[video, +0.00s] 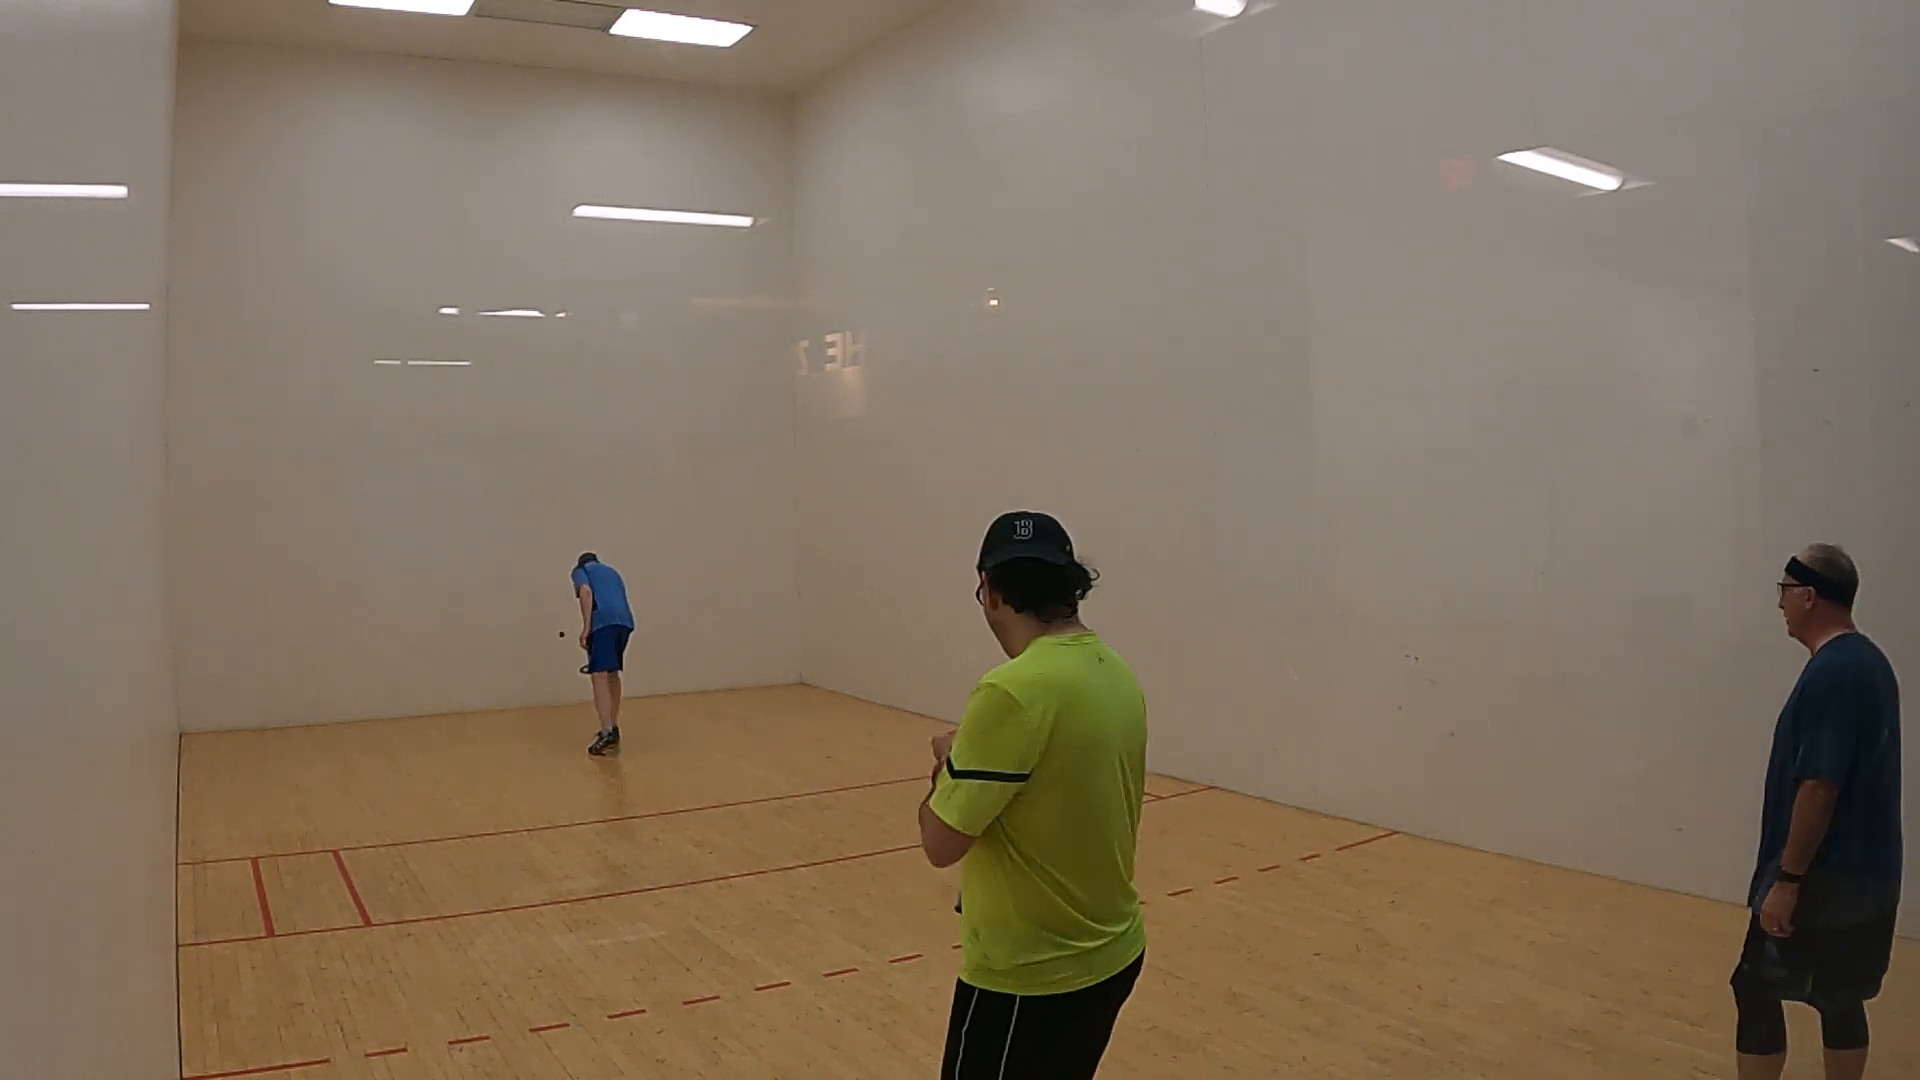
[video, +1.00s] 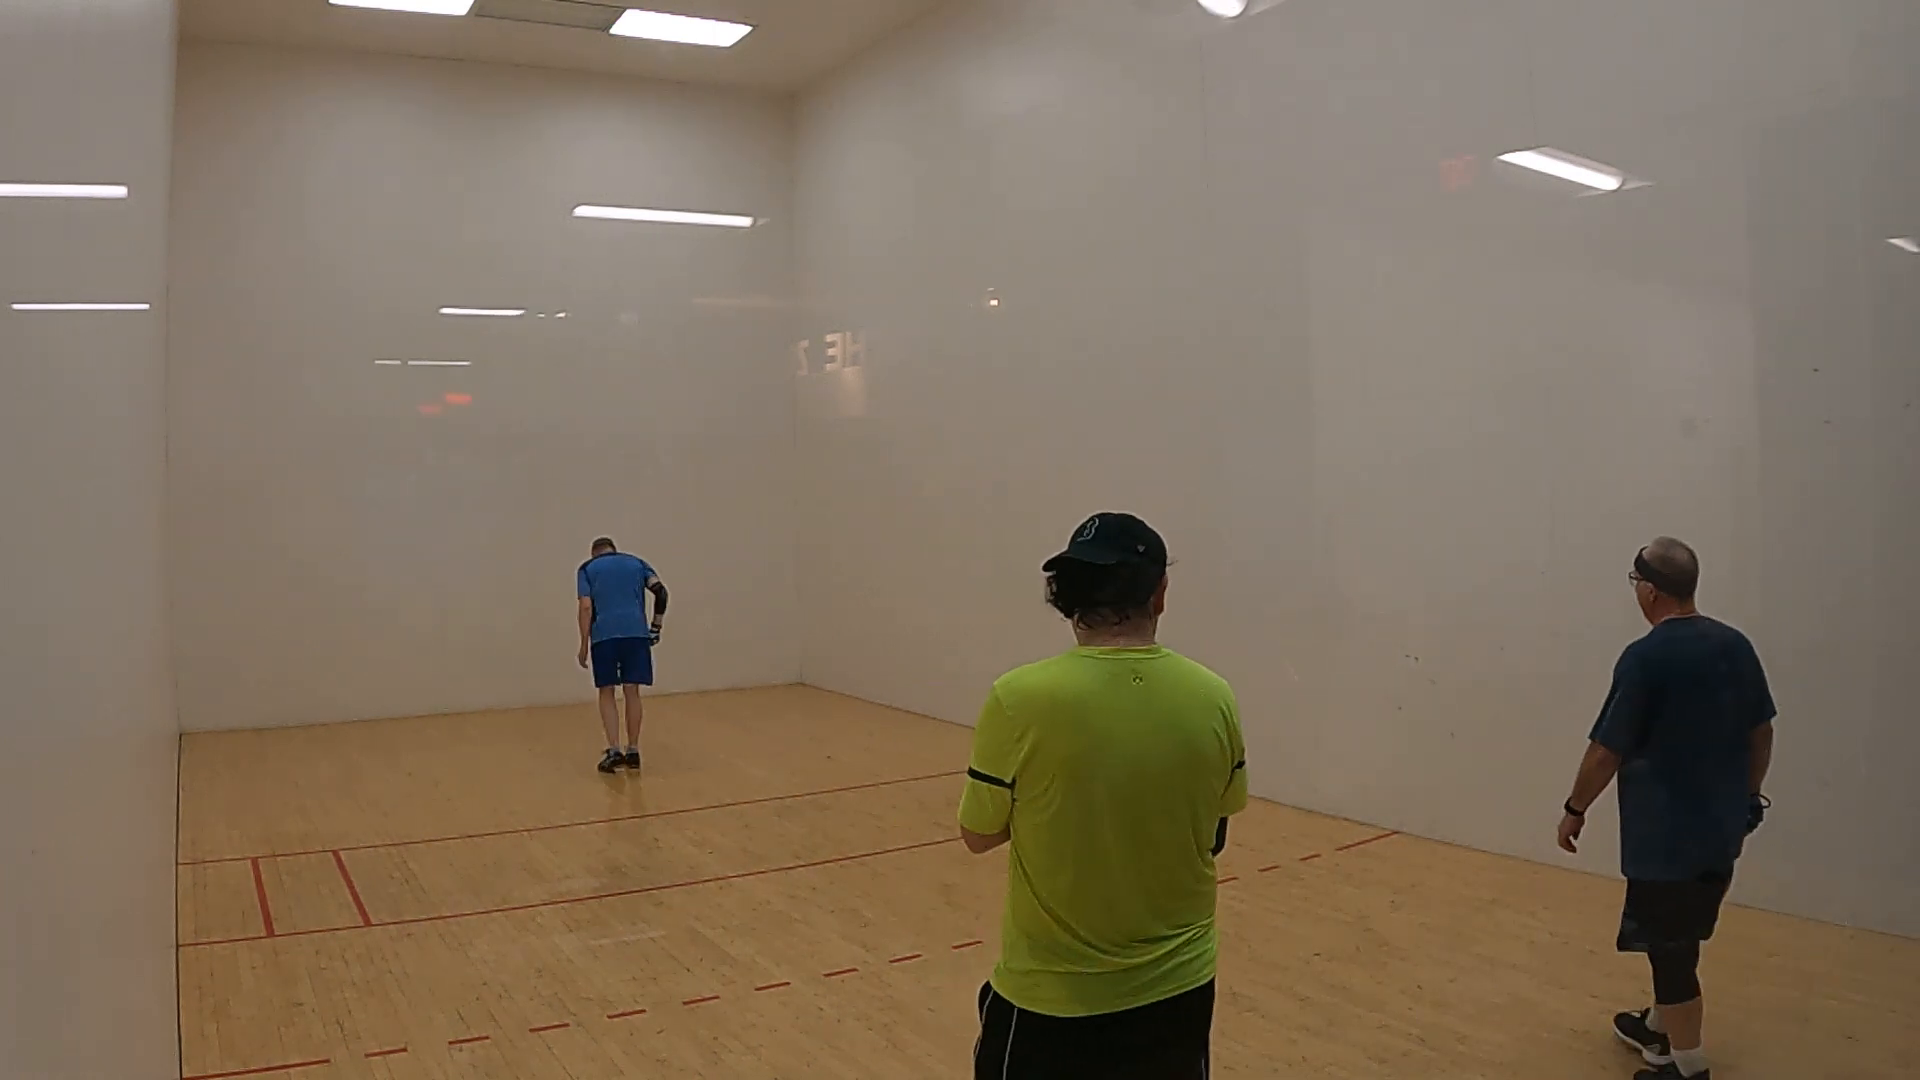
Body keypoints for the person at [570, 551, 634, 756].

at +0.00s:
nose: (580, 571)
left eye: (579, 568)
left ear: (581, 564)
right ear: (597, 561)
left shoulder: (580, 570)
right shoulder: (611, 571)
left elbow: (585, 591)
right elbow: (615, 603)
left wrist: (586, 626)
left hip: (603, 622)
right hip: (625, 622)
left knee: (599, 675)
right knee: (613, 674)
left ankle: (607, 730)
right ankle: (612, 725)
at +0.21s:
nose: (579, 560)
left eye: (579, 557)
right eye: (582, 557)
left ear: (580, 555)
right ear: (599, 552)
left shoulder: (580, 569)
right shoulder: (615, 568)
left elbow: (584, 600)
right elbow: (621, 599)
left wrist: (581, 636)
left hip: (599, 632)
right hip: (622, 630)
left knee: (588, 683)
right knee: (613, 677)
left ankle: (601, 733)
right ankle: (612, 725)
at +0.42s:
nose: (579, 558)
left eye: (578, 555)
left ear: (578, 553)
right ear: (599, 549)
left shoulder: (576, 570)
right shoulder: (616, 566)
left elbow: (577, 604)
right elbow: (629, 596)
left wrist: (573, 640)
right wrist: (629, 636)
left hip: (593, 636)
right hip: (622, 635)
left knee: (585, 685)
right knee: (617, 680)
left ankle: (603, 738)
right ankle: (619, 728)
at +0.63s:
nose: (584, 559)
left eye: (582, 555)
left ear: (582, 553)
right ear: (603, 549)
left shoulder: (579, 567)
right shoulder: (622, 563)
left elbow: (579, 600)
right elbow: (633, 596)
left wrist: (577, 638)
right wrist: (631, 630)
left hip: (598, 633)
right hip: (628, 631)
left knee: (594, 685)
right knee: (622, 683)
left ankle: (602, 740)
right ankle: (630, 737)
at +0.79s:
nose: (589, 559)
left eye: (589, 555)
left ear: (589, 553)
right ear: (610, 549)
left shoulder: (586, 566)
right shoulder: (630, 562)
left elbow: (587, 600)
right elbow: (642, 596)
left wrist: (584, 639)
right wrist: (638, 628)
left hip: (603, 633)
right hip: (633, 632)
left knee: (601, 687)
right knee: (630, 688)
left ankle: (601, 741)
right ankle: (632, 748)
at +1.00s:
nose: (595, 558)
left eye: (594, 555)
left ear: (593, 553)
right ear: (615, 550)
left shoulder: (587, 568)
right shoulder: (636, 562)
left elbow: (585, 606)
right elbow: (661, 592)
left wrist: (584, 643)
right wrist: (656, 626)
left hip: (604, 637)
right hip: (636, 634)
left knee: (606, 691)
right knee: (632, 690)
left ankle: (614, 750)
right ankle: (633, 749)